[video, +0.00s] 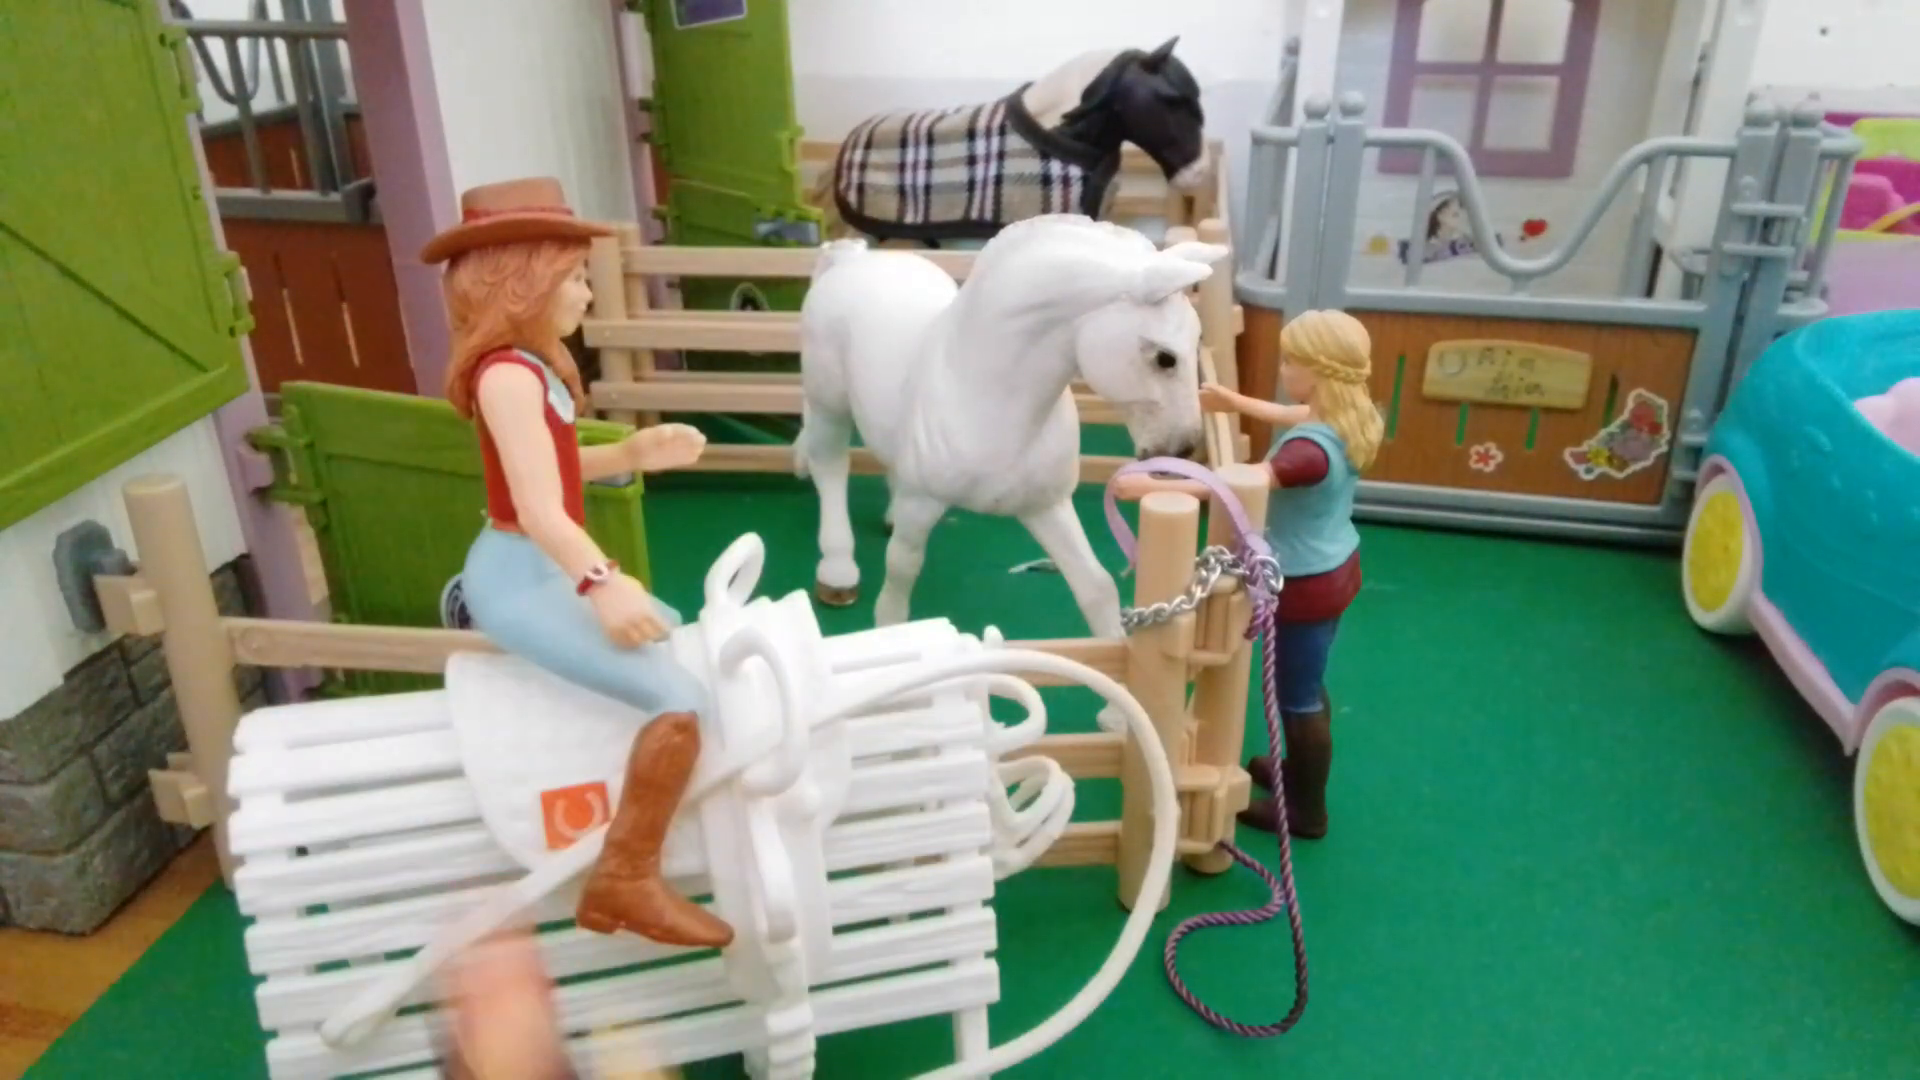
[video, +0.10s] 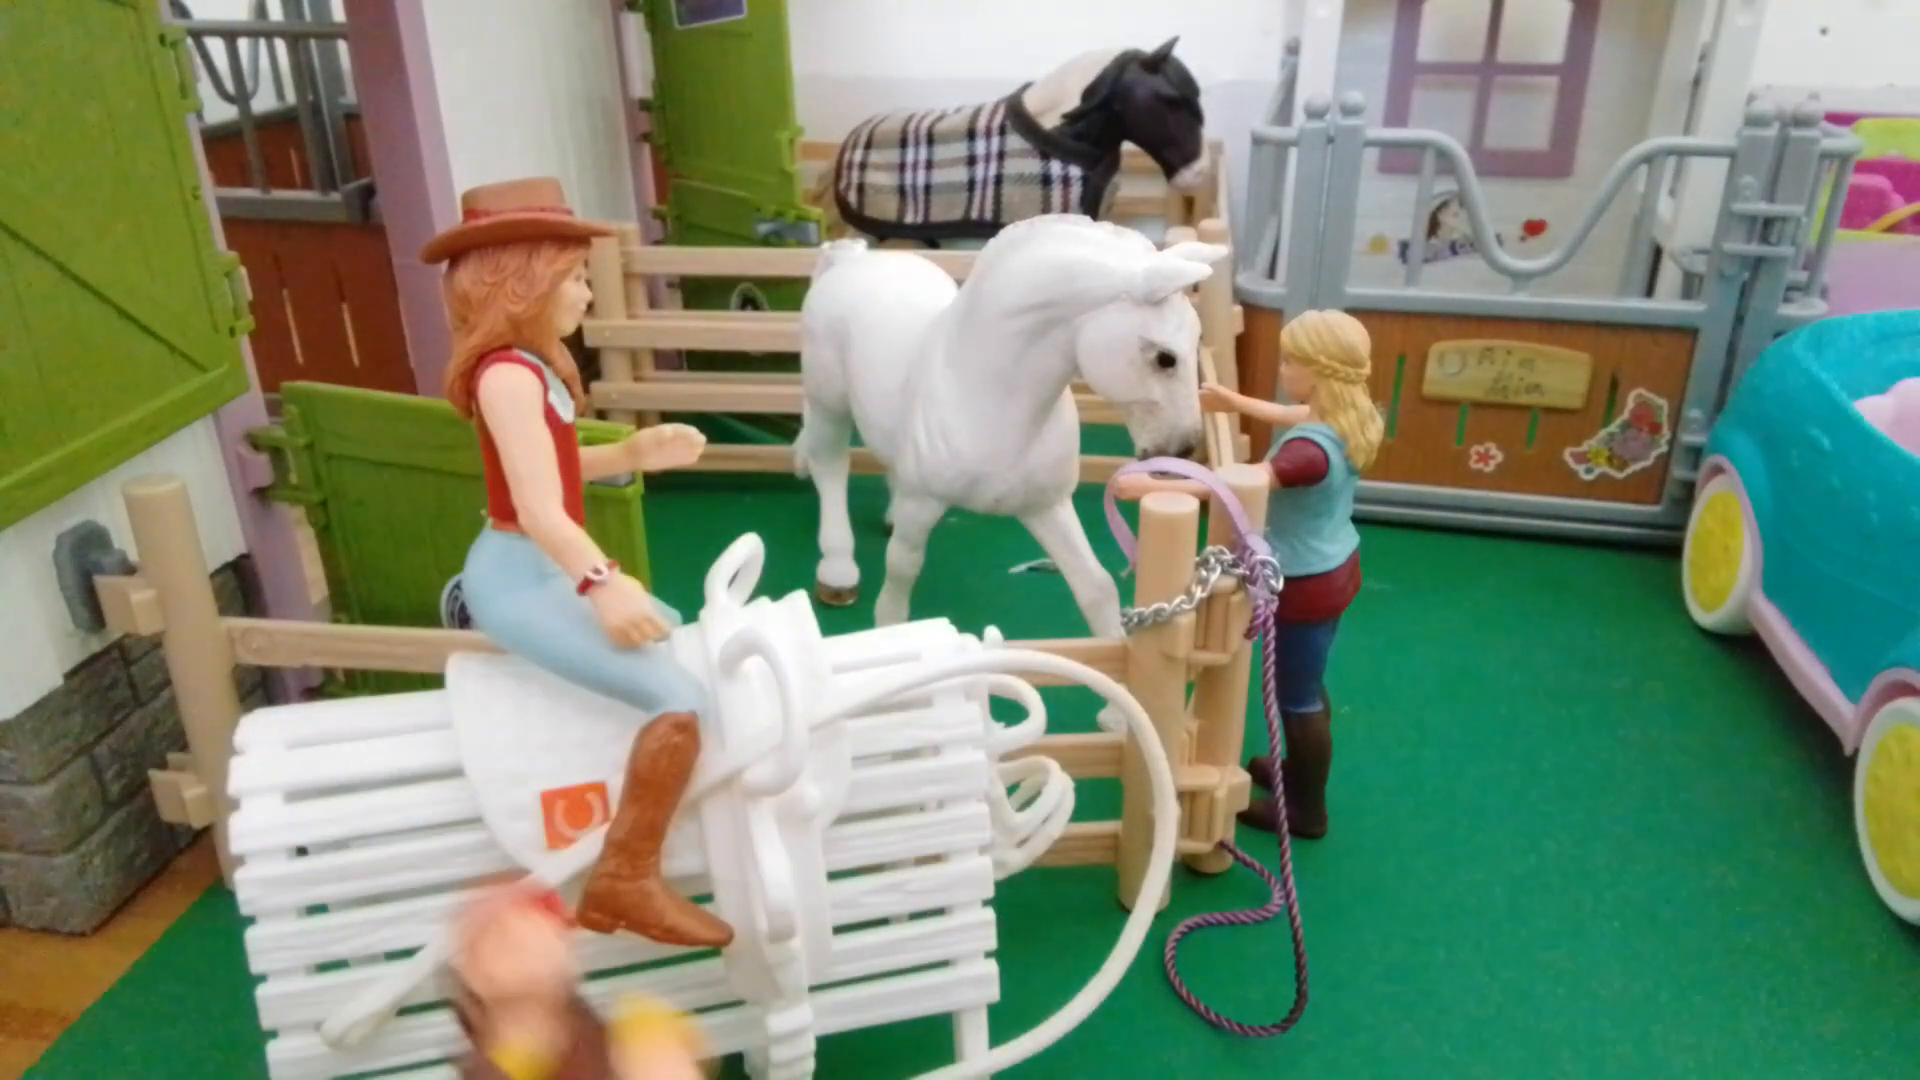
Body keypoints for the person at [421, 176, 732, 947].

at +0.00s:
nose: (588, 293)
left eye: (585, 277)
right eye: (576, 277)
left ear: (532, 288)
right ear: (526, 284)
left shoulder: (538, 369)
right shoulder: (509, 377)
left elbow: (554, 468)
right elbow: (536, 512)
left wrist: (635, 454)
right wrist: (604, 584)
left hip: (551, 563)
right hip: (517, 577)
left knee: (701, 656)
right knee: (681, 696)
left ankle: (634, 873)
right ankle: (625, 879)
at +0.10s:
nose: (588, 293)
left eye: (585, 277)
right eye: (576, 278)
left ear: (533, 288)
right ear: (527, 285)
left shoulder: (539, 368)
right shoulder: (509, 377)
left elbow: (554, 468)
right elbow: (537, 512)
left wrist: (635, 454)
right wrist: (605, 584)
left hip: (551, 563)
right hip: (516, 577)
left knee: (703, 658)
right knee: (681, 696)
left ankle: (635, 873)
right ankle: (624, 879)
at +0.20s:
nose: (587, 293)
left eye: (584, 277)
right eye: (575, 277)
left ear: (531, 288)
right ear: (526, 285)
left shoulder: (538, 369)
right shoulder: (509, 377)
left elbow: (555, 468)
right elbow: (536, 511)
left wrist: (635, 454)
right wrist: (604, 584)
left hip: (552, 563)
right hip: (515, 577)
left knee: (704, 658)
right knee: (681, 696)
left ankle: (635, 872)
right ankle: (624, 878)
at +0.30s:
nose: (589, 293)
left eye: (586, 277)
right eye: (576, 278)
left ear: (539, 286)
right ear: (528, 286)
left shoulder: (544, 366)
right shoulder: (509, 377)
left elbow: (554, 468)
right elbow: (537, 511)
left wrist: (633, 454)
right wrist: (604, 585)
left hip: (549, 565)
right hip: (515, 577)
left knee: (694, 678)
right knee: (681, 697)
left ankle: (639, 871)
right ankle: (627, 871)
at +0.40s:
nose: (586, 292)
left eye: (583, 276)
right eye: (574, 277)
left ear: (531, 288)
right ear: (525, 285)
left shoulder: (538, 368)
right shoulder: (507, 377)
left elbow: (554, 468)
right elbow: (535, 512)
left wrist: (635, 453)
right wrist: (603, 584)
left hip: (550, 563)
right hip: (514, 578)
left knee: (700, 658)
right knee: (680, 695)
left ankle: (637, 871)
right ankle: (624, 877)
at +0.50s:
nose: (588, 293)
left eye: (585, 277)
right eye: (576, 278)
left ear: (531, 288)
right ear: (528, 285)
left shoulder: (536, 369)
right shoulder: (509, 377)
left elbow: (552, 469)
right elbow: (536, 512)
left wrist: (634, 454)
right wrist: (605, 583)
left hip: (551, 563)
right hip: (517, 577)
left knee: (704, 656)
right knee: (682, 696)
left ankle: (636, 872)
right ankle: (625, 879)